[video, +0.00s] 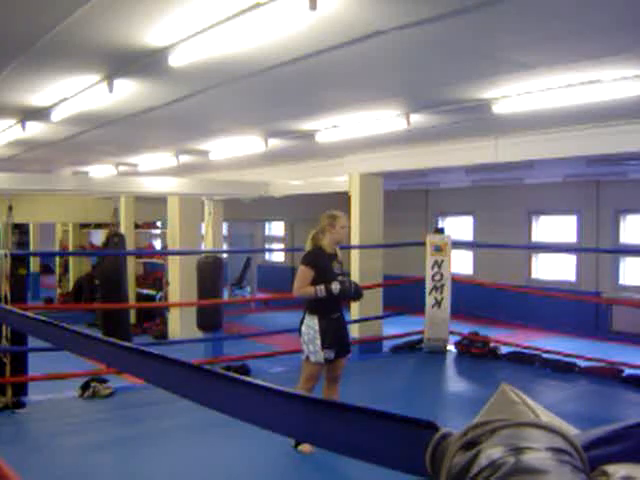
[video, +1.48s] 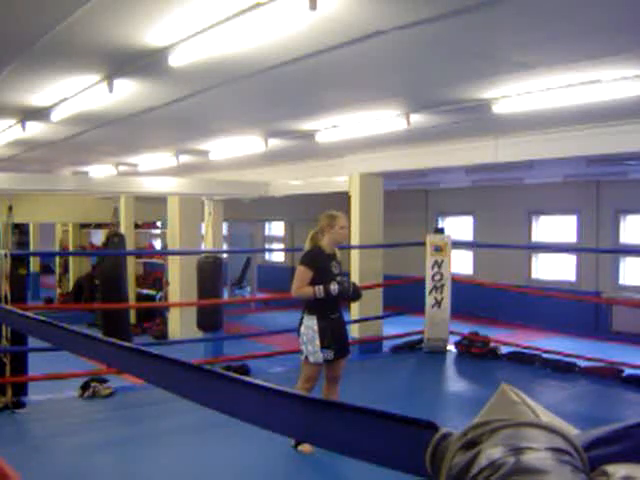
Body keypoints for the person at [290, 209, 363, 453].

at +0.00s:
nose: (346, 233)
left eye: (347, 229)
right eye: (343, 228)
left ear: (337, 230)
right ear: (329, 229)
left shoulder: (336, 258)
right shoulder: (314, 256)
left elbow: (333, 289)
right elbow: (298, 290)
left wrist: (350, 290)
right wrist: (329, 288)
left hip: (336, 317)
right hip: (316, 318)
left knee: (334, 378)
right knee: (309, 379)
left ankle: (330, 429)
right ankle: (300, 431)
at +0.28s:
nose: (346, 233)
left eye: (347, 229)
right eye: (343, 229)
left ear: (337, 230)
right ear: (329, 229)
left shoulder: (336, 259)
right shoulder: (314, 256)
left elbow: (333, 288)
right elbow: (298, 289)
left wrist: (350, 290)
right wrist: (330, 289)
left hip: (336, 317)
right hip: (316, 318)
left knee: (334, 378)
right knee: (310, 380)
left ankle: (330, 429)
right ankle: (299, 431)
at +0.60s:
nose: (346, 233)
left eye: (346, 229)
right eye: (342, 229)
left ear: (337, 231)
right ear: (328, 229)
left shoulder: (335, 258)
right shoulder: (313, 256)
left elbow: (332, 289)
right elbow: (297, 289)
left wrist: (350, 291)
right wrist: (329, 289)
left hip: (335, 318)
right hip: (316, 318)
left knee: (334, 378)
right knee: (309, 380)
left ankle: (330, 428)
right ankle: (299, 431)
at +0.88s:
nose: (345, 234)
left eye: (346, 229)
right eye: (342, 229)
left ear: (336, 231)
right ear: (328, 229)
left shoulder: (334, 258)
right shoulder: (312, 255)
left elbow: (332, 289)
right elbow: (296, 289)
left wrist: (349, 291)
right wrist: (328, 289)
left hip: (334, 317)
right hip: (315, 318)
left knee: (334, 377)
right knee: (309, 379)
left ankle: (329, 428)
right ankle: (299, 431)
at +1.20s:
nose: (345, 233)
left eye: (346, 229)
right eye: (342, 229)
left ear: (335, 230)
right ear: (327, 229)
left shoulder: (334, 258)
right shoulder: (312, 255)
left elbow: (332, 289)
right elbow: (296, 289)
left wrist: (349, 291)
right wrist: (327, 289)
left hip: (334, 317)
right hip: (315, 318)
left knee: (334, 378)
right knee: (308, 379)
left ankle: (329, 428)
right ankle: (299, 431)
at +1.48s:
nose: (346, 233)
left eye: (347, 229)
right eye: (343, 229)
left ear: (337, 230)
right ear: (328, 229)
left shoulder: (334, 258)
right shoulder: (312, 255)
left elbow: (331, 289)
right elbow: (297, 290)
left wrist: (349, 291)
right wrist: (328, 289)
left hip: (334, 317)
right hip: (315, 318)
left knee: (334, 377)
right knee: (308, 379)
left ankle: (330, 428)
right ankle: (299, 431)